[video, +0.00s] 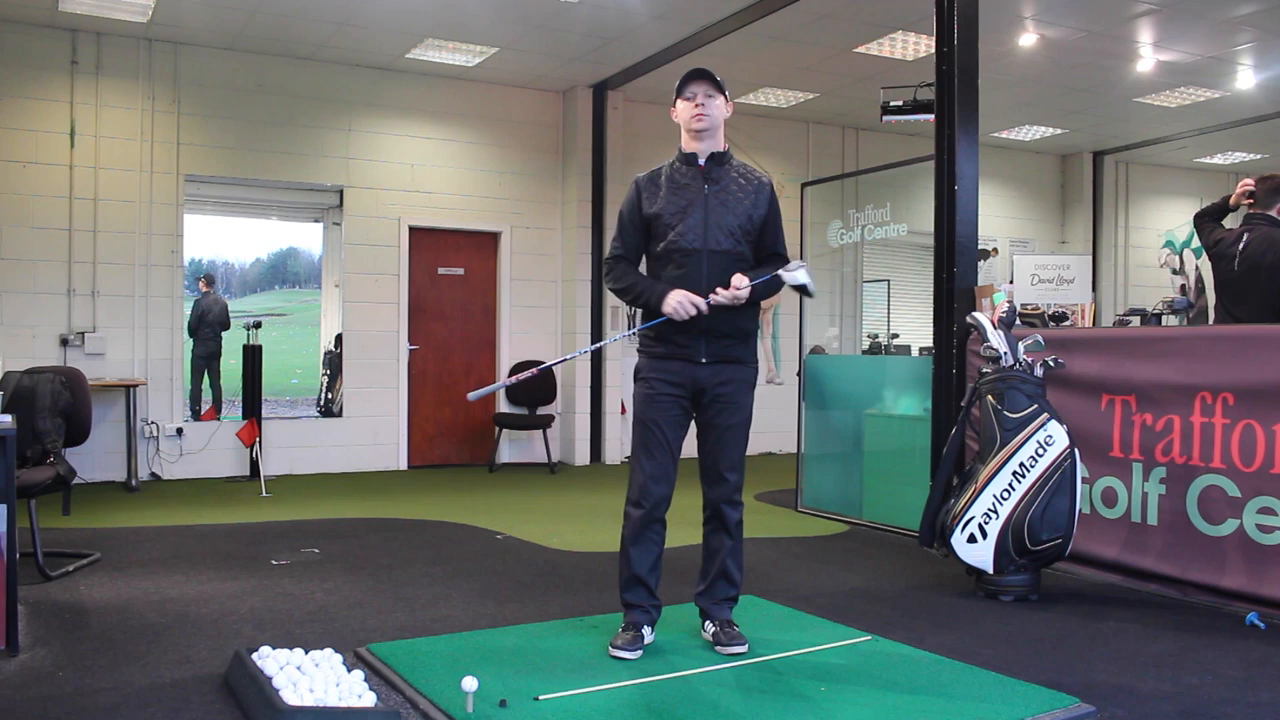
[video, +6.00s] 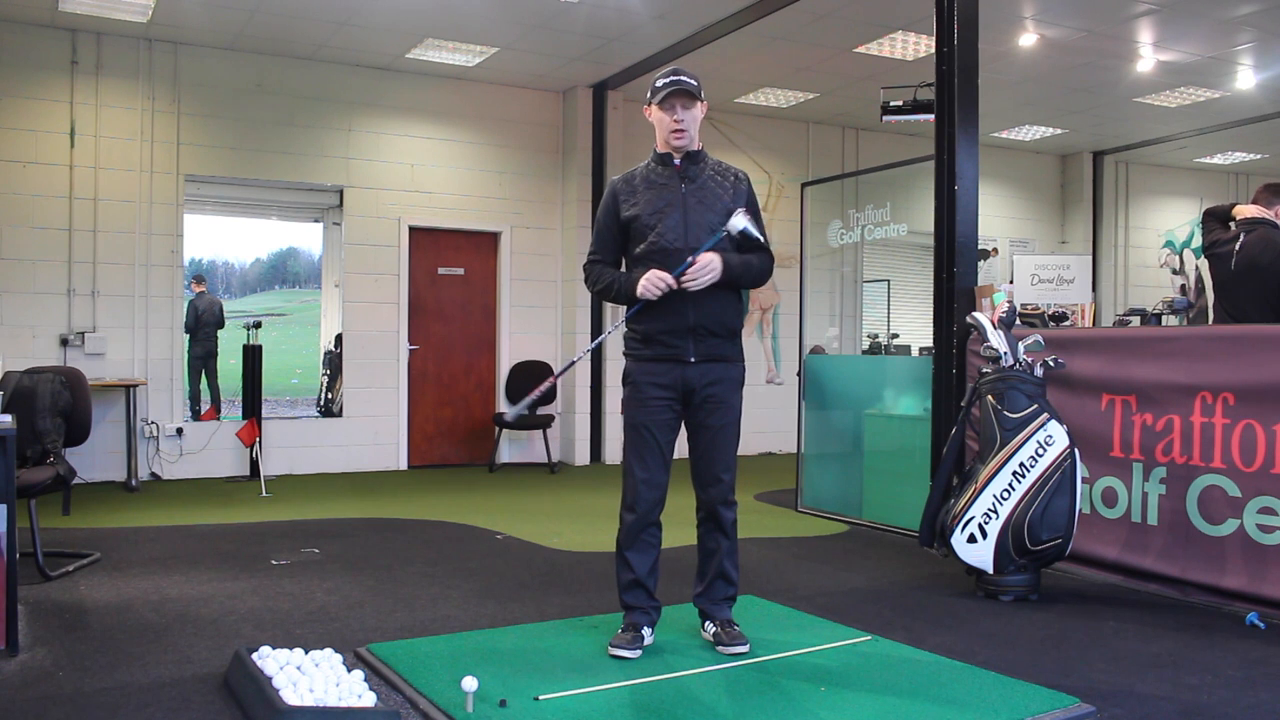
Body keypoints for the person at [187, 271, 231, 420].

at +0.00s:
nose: (199, 284)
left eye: (200, 282)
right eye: (200, 282)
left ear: (204, 284)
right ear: (212, 285)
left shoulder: (199, 302)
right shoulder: (222, 302)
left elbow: (192, 324)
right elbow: (226, 325)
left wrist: (192, 334)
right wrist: (215, 327)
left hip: (201, 344)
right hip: (216, 344)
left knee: (196, 382)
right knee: (215, 382)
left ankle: (195, 414)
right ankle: (217, 413)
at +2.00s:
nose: (194, 286)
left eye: (195, 284)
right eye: (194, 283)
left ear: (199, 285)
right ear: (207, 285)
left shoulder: (195, 303)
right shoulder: (218, 302)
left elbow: (189, 325)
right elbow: (224, 325)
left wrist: (187, 330)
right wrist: (211, 326)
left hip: (197, 345)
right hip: (212, 344)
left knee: (195, 382)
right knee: (213, 381)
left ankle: (196, 414)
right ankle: (216, 412)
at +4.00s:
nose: (194, 286)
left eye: (195, 283)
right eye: (194, 283)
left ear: (198, 284)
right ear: (207, 284)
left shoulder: (195, 302)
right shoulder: (218, 302)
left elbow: (188, 326)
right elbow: (222, 325)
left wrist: (186, 325)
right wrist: (210, 324)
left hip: (197, 345)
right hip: (212, 345)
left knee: (196, 382)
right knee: (213, 381)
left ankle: (196, 414)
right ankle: (216, 412)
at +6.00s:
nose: (191, 287)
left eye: (192, 285)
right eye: (191, 285)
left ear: (196, 285)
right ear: (205, 285)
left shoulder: (194, 302)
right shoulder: (216, 301)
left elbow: (189, 325)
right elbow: (221, 324)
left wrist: (188, 329)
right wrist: (209, 325)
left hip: (197, 345)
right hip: (212, 344)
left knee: (194, 383)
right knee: (213, 381)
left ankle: (195, 415)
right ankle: (216, 412)